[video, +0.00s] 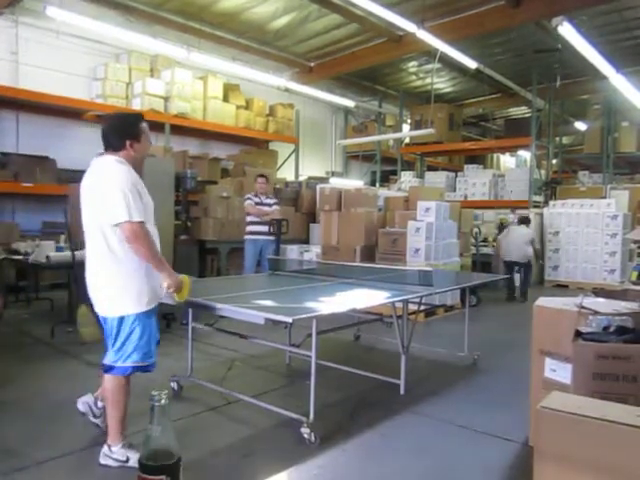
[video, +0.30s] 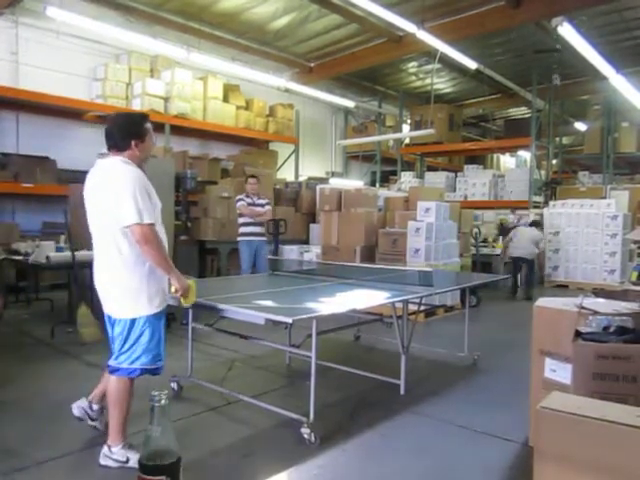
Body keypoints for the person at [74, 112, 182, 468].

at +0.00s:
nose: (149, 145)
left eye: (147, 139)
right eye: (145, 139)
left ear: (117, 143)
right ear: (130, 143)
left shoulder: (101, 169)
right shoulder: (117, 174)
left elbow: (119, 232)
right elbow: (133, 232)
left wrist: (158, 269)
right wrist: (167, 272)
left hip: (111, 286)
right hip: (125, 290)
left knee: (122, 354)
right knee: (122, 365)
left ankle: (99, 400)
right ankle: (115, 446)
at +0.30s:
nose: (152, 146)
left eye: (150, 139)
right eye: (149, 140)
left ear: (114, 141)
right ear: (135, 143)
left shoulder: (99, 172)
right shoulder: (128, 176)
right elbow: (143, 236)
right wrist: (175, 275)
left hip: (112, 287)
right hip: (134, 292)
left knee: (124, 356)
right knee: (126, 366)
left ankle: (94, 403)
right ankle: (115, 447)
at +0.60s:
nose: (157, 145)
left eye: (156, 138)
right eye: (154, 138)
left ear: (119, 141)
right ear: (140, 141)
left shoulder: (101, 172)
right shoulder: (135, 176)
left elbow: (107, 230)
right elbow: (152, 236)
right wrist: (177, 275)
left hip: (111, 286)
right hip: (136, 291)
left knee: (122, 357)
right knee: (126, 367)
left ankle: (92, 408)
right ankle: (115, 447)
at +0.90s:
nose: (158, 144)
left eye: (157, 137)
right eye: (156, 137)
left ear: (121, 140)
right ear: (142, 139)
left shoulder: (104, 173)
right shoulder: (139, 177)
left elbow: (109, 232)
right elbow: (152, 242)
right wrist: (175, 265)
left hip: (111, 287)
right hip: (136, 293)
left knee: (118, 356)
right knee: (126, 368)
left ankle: (89, 414)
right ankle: (116, 446)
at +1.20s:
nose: (155, 144)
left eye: (154, 137)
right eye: (154, 138)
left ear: (118, 141)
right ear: (144, 139)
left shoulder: (100, 175)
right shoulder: (143, 178)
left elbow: (84, 226)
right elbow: (157, 238)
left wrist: (121, 237)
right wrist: (182, 253)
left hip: (107, 289)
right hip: (137, 294)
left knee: (110, 355)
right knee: (126, 367)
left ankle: (85, 418)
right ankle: (116, 446)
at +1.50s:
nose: (147, 144)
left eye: (145, 137)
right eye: (145, 138)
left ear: (110, 141)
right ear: (135, 139)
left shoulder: (90, 176)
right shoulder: (139, 177)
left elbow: (76, 228)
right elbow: (155, 236)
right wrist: (173, 252)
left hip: (96, 289)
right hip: (132, 293)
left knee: (93, 356)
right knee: (122, 366)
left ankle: (80, 427)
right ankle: (116, 445)